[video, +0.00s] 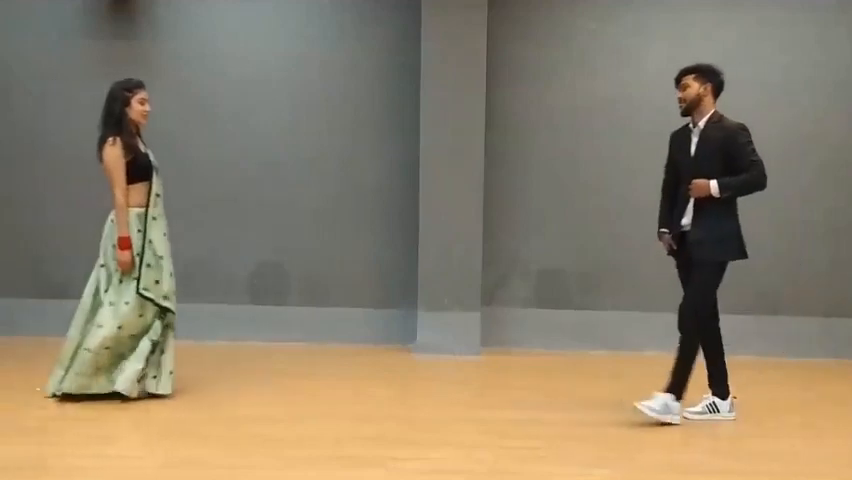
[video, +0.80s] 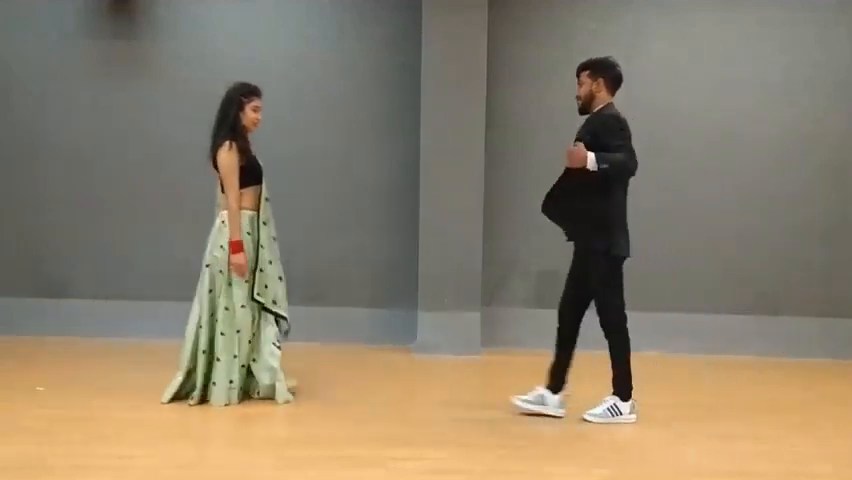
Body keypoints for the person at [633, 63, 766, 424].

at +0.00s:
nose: (678, 94)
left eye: (684, 87)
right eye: (678, 89)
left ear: (707, 89)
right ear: (695, 93)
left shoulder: (732, 132)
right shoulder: (679, 137)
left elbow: (757, 177)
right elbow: (671, 185)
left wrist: (715, 186)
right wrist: (665, 226)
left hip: (716, 238)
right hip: (685, 239)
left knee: (690, 312)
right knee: (705, 316)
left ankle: (672, 397)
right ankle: (721, 398)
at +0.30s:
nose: (640, 96)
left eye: (645, 88)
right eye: (640, 90)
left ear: (666, 90)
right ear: (660, 92)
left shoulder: (684, 135)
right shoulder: (649, 137)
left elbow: (701, 186)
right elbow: (651, 190)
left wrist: (661, 191)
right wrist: (639, 240)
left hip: (667, 246)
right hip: (650, 245)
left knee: (646, 321)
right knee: (672, 320)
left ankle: (626, 401)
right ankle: (714, 391)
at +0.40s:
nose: (628, 92)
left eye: (633, 84)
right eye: (629, 85)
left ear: (654, 87)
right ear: (650, 88)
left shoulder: (664, 131)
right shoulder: (649, 128)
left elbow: (670, 184)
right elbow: (653, 183)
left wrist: (636, 185)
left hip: (649, 242)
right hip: (637, 240)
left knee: (639, 320)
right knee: (640, 320)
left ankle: (624, 401)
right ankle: (698, 376)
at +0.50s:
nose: (616, 90)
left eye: (621, 83)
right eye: (616, 83)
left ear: (640, 85)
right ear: (639, 86)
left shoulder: (647, 128)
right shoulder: (639, 125)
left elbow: (644, 180)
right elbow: (641, 178)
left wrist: (614, 182)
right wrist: (618, 183)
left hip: (635, 242)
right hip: (624, 240)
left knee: (628, 318)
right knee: (615, 314)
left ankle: (624, 401)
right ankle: (670, 367)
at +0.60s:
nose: (603, 88)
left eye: (608, 81)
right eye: (604, 82)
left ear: (627, 83)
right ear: (626, 84)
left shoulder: (635, 125)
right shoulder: (626, 123)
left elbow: (632, 174)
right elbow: (623, 170)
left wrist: (594, 174)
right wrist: (597, 171)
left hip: (624, 242)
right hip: (613, 240)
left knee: (623, 315)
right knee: (595, 312)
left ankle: (623, 401)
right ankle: (633, 374)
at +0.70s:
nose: (590, 88)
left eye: (594, 81)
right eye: (591, 81)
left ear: (613, 83)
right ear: (611, 84)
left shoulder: (621, 122)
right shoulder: (607, 122)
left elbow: (630, 169)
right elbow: (616, 171)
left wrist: (588, 166)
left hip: (616, 239)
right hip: (601, 238)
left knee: (617, 318)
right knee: (580, 308)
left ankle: (624, 401)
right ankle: (593, 390)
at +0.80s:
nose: (577, 90)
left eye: (581, 83)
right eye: (577, 83)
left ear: (600, 84)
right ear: (600, 85)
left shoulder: (611, 121)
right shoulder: (595, 124)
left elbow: (628, 161)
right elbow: (599, 176)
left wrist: (589, 159)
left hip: (605, 241)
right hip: (589, 240)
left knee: (612, 318)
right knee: (569, 313)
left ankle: (623, 400)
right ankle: (552, 393)